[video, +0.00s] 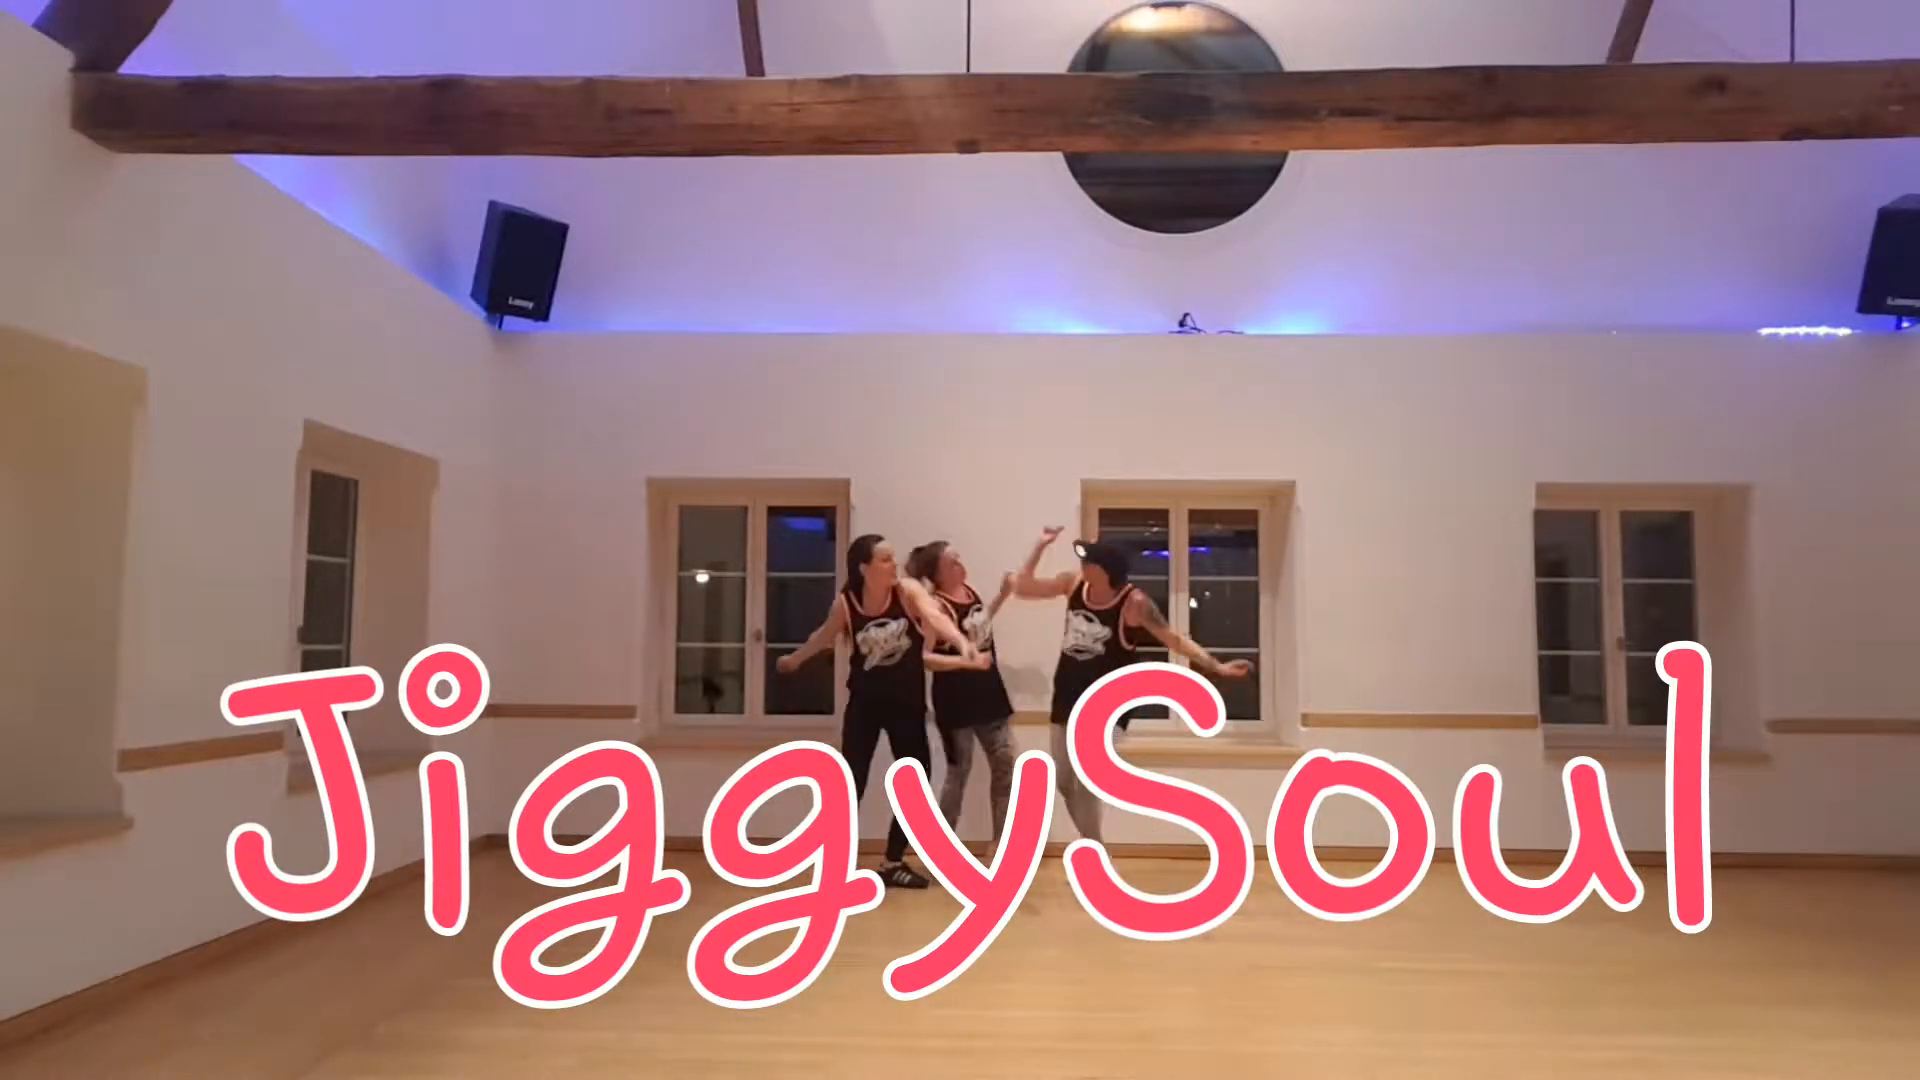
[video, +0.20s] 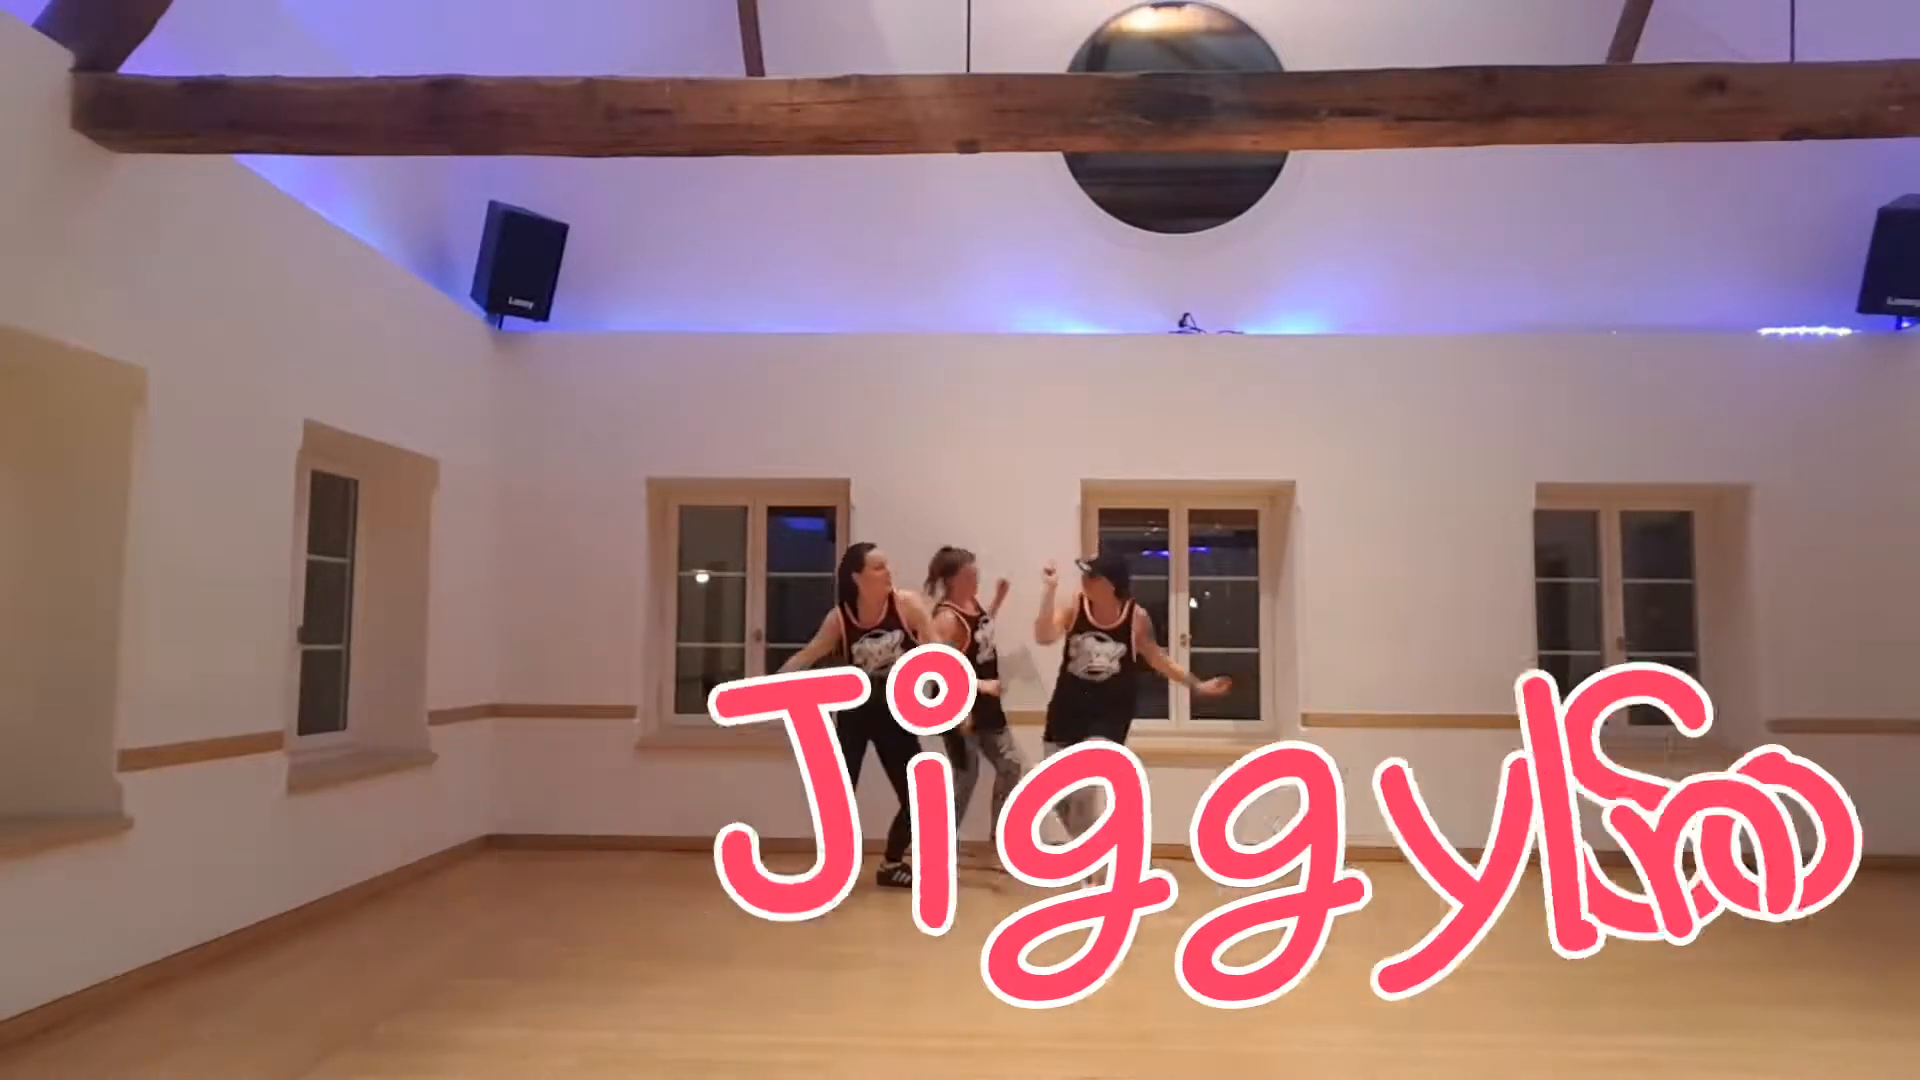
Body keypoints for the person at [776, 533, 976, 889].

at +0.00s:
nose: (894, 565)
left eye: (893, 558)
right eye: (886, 560)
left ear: (892, 563)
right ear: (864, 568)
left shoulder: (907, 590)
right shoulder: (846, 603)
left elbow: (932, 616)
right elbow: (825, 636)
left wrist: (962, 642)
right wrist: (797, 658)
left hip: (906, 702)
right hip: (864, 704)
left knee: (915, 780)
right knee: (850, 783)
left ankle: (893, 863)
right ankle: (830, 860)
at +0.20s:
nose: (888, 572)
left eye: (886, 565)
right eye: (879, 568)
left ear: (887, 572)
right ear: (856, 577)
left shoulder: (907, 604)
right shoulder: (839, 620)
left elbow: (936, 651)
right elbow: (806, 657)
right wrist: (775, 685)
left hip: (894, 712)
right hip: (851, 714)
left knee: (915, 794)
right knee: (838, 794)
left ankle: (892, 864)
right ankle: (833, 866)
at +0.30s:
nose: (892, 565)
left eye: (890, 559)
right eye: (883, 561)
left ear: (888, 567)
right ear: (860, 570)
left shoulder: (907, 599)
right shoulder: (838, 615)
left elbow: (933, 645)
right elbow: (798, 651)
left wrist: (938, 696)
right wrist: (754, 682)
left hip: (897, 710)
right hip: (855, 711)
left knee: (914, 793)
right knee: (844, 792)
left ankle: (892, 864)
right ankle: (832, 876)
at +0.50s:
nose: (903, 560)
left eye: (902, 555)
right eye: (898, 555)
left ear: (885, 563)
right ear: (876, 563)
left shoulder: (896, 593)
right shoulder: (849, 606)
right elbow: (810, 622)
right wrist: (771, 639)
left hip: (898, 703)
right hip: (860, 706)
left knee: (906, 782)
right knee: (855, 789)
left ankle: (892, 862)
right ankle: (837, 875)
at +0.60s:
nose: (908, 573)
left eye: (906, 566)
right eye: (903, 566)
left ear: (884, 572)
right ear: (885, 572)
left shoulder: (895, 607)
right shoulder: (857, 616)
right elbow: (823, 635)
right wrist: (811, 652)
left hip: (895, 707)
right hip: (863, 710)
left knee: (906, 785)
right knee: (873, 793)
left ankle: (891, 865)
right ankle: (840, 880)